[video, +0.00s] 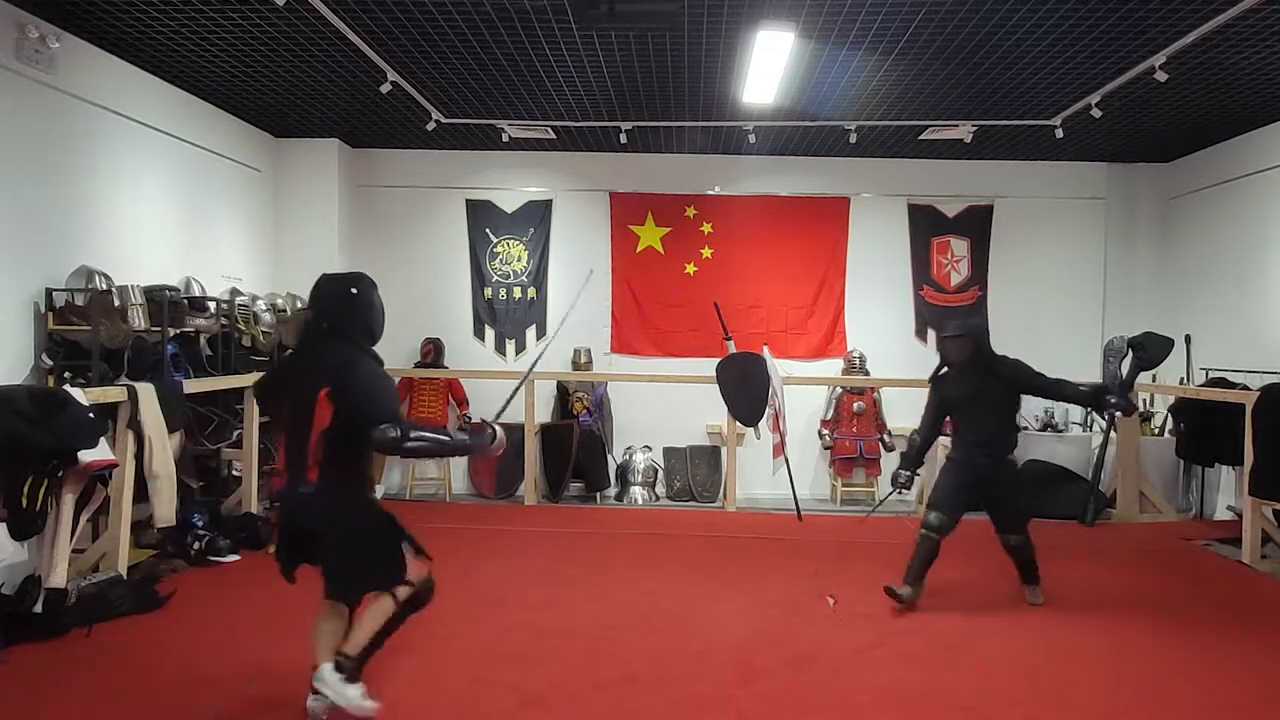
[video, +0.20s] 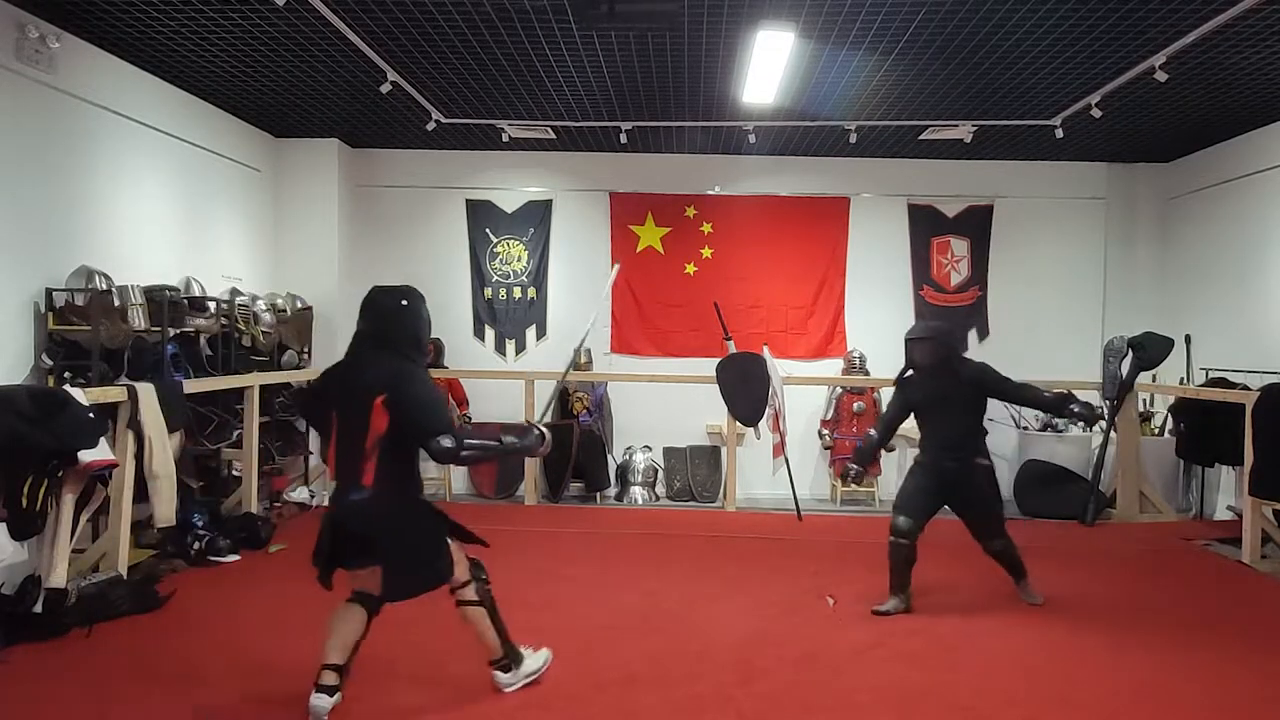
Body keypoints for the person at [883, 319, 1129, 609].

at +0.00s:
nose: (952, 348)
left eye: (959, 340)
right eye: (947, 341)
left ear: (976, 341)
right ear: (942, 344)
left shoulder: (1005, 370)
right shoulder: (943, 382)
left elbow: (1050, 388)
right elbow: (928, 428)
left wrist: (1097, 398)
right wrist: (908, 464)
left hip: (1000, 466)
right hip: (959, 466)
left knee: (1015, 537)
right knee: (933, 524)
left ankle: (1031, 584)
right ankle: (910, 587)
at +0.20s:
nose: (916, 353)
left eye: (923, 345)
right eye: (913, 346)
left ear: (942, 347)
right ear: (910, 350)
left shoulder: (973, 374)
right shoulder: (910, 384)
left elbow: (1021, 394)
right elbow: (888, 423)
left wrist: (1071, 407)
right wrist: (867, 449)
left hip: (972, 469)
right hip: (929, 468)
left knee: (994, 542)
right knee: (902, 528)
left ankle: (1022, 583)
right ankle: (899, 596)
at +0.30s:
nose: (900, 351)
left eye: (906, 343)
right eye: (898, 344)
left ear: (926, 345)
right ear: (897, 347)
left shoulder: (961, 372)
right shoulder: (896, 381)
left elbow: (1005, 388)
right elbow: (868, 415)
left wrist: (1050, 403)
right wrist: (836, 443)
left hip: (965, 464)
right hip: (922, 465)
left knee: (987, 541)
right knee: (898, 528)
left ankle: (1014, 581)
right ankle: (899, 596)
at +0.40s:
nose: (890, 352)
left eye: (896, 345)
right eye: (888, 346)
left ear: (917, 346)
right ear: (888, 348)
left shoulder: (950, 371)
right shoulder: (887, 380)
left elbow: (993, 383)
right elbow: (853, 404)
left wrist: (1039, 395)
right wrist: (817, 422)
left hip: (958, 465)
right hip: (917, 465)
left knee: (986, 538)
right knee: (897, 528)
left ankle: (1013, 579)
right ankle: (898, 595)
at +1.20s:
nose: (925, 372)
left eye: (932, 364)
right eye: (923, 365)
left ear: (952, 365)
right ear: (924, 369)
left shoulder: (986, 385)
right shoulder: (926, 401)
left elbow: (1033, 381)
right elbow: (898, 432)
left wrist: (1076, 369)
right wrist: (861, 443)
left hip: (998, 475)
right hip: (960, 476)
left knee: (1014, 544)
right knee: (931, 528)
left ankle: (1026, 580)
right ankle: (906, 589)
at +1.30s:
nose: (936, 366)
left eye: (942, 358)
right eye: (933, 359)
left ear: (962, 358)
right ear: (933, 362)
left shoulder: (996, 379)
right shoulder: (939, 395)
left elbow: (1045, 375)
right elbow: (913, 429)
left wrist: (1088, 363)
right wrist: (878, 446)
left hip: (1005, 468)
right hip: (966, 469)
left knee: (1016, 539)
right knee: (939, 523)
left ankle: (1028, 581)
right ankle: (927, 585)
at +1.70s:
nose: (957, 366)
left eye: (963, 359)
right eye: (955, 360)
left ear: (982, 360)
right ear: (959, 363)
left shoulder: (1017, 382)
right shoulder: (961, 397)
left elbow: (1060, 384)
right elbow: (944, 436)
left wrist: (1099, 375)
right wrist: (913, 446)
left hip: (1023, 470)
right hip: (986, 470)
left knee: (1049, 539)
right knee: (962, 519)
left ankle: (1072, 561)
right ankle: (963, 580)